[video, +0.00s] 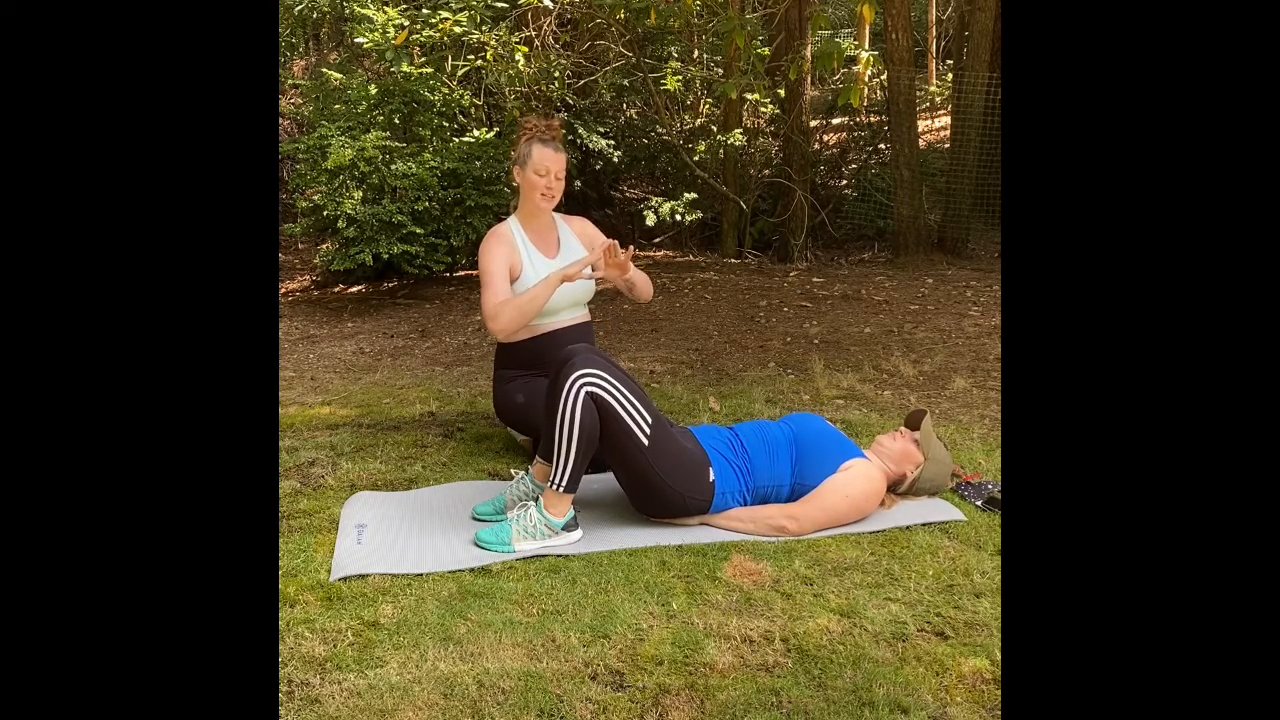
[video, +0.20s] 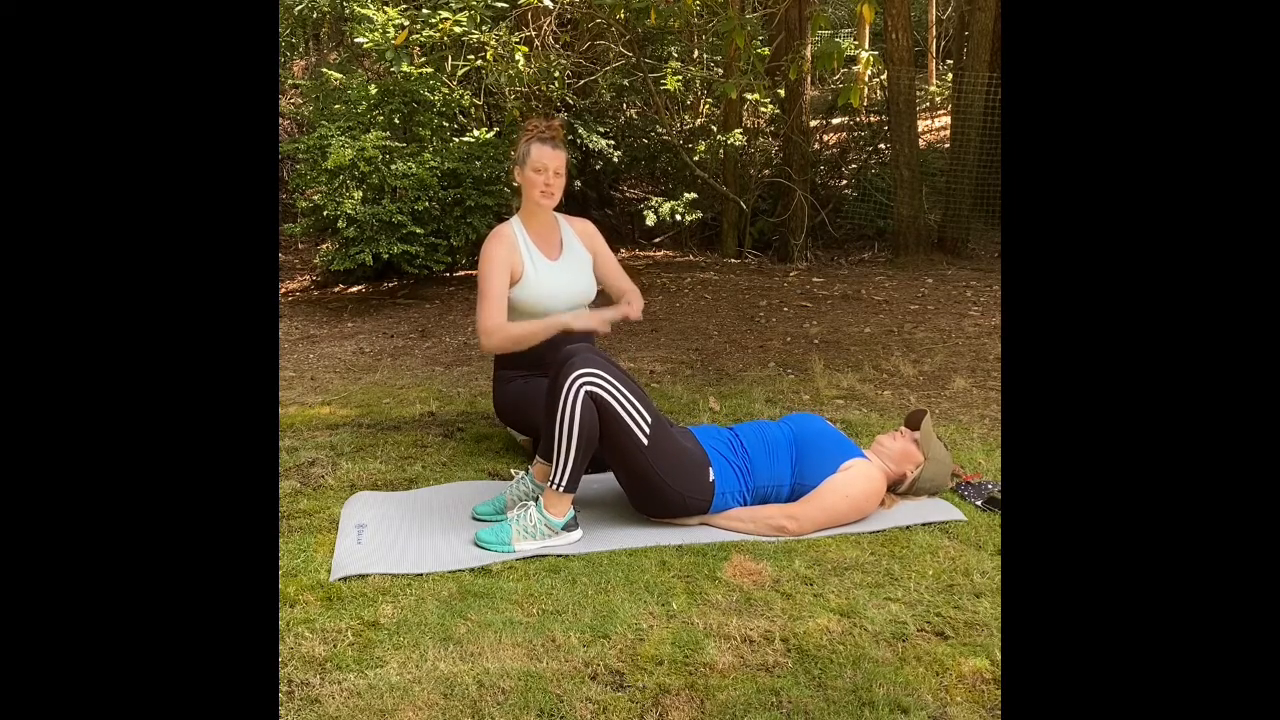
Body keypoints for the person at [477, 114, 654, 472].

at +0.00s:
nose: (552, 186)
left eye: (560, 177)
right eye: (542, 175)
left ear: (566, 179)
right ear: (517, 174)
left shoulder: (580, 229)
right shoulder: (499, 243)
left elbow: (645, 295)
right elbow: (499, 324)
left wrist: (627, 276)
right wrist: (558, 277)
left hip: (584, 364)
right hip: (523, 377)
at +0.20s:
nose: (549, 181)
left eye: (558, 173)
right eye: (539, 171)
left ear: (565, 179)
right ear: (518, 174)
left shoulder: (583, 231)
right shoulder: (502, 242)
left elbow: (626, 289)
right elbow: (491, 336)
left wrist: (629, 302)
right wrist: (564, 320)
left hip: (581, 368)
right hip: (521, 381)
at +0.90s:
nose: (560, 184)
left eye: (568, 175)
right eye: (549, 173)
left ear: (575, 180)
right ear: (528, 178)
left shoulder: (592, 234)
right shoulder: (510, 247)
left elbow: (616, 322)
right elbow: (525, 348)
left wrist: (615, 382)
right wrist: (589, 393)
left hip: (584, 366)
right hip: (524, 378)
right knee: (598, 447)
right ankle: (538, 445)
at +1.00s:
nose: (562, 185)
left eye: (569, 176)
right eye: (550, 174)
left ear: (577, 180)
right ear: (528, 178)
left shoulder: (593, 234)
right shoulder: (510, 247)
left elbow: (616, 324)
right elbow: (525, 348)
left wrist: (615, 384)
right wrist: (589, 395)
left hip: (584, 366)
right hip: (525, 378)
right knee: (598, 448)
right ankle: (538, 444)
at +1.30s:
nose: (563, 187)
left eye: (571, 177)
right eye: (553, 176)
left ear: (579, 181)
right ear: (531, 179)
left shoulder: (594, 234)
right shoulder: (511, 248)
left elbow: (617, 323)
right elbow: (526, 348)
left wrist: (616, 384)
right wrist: (590, 396)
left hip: (586, 367)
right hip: (526, 378)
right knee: (605, 441)